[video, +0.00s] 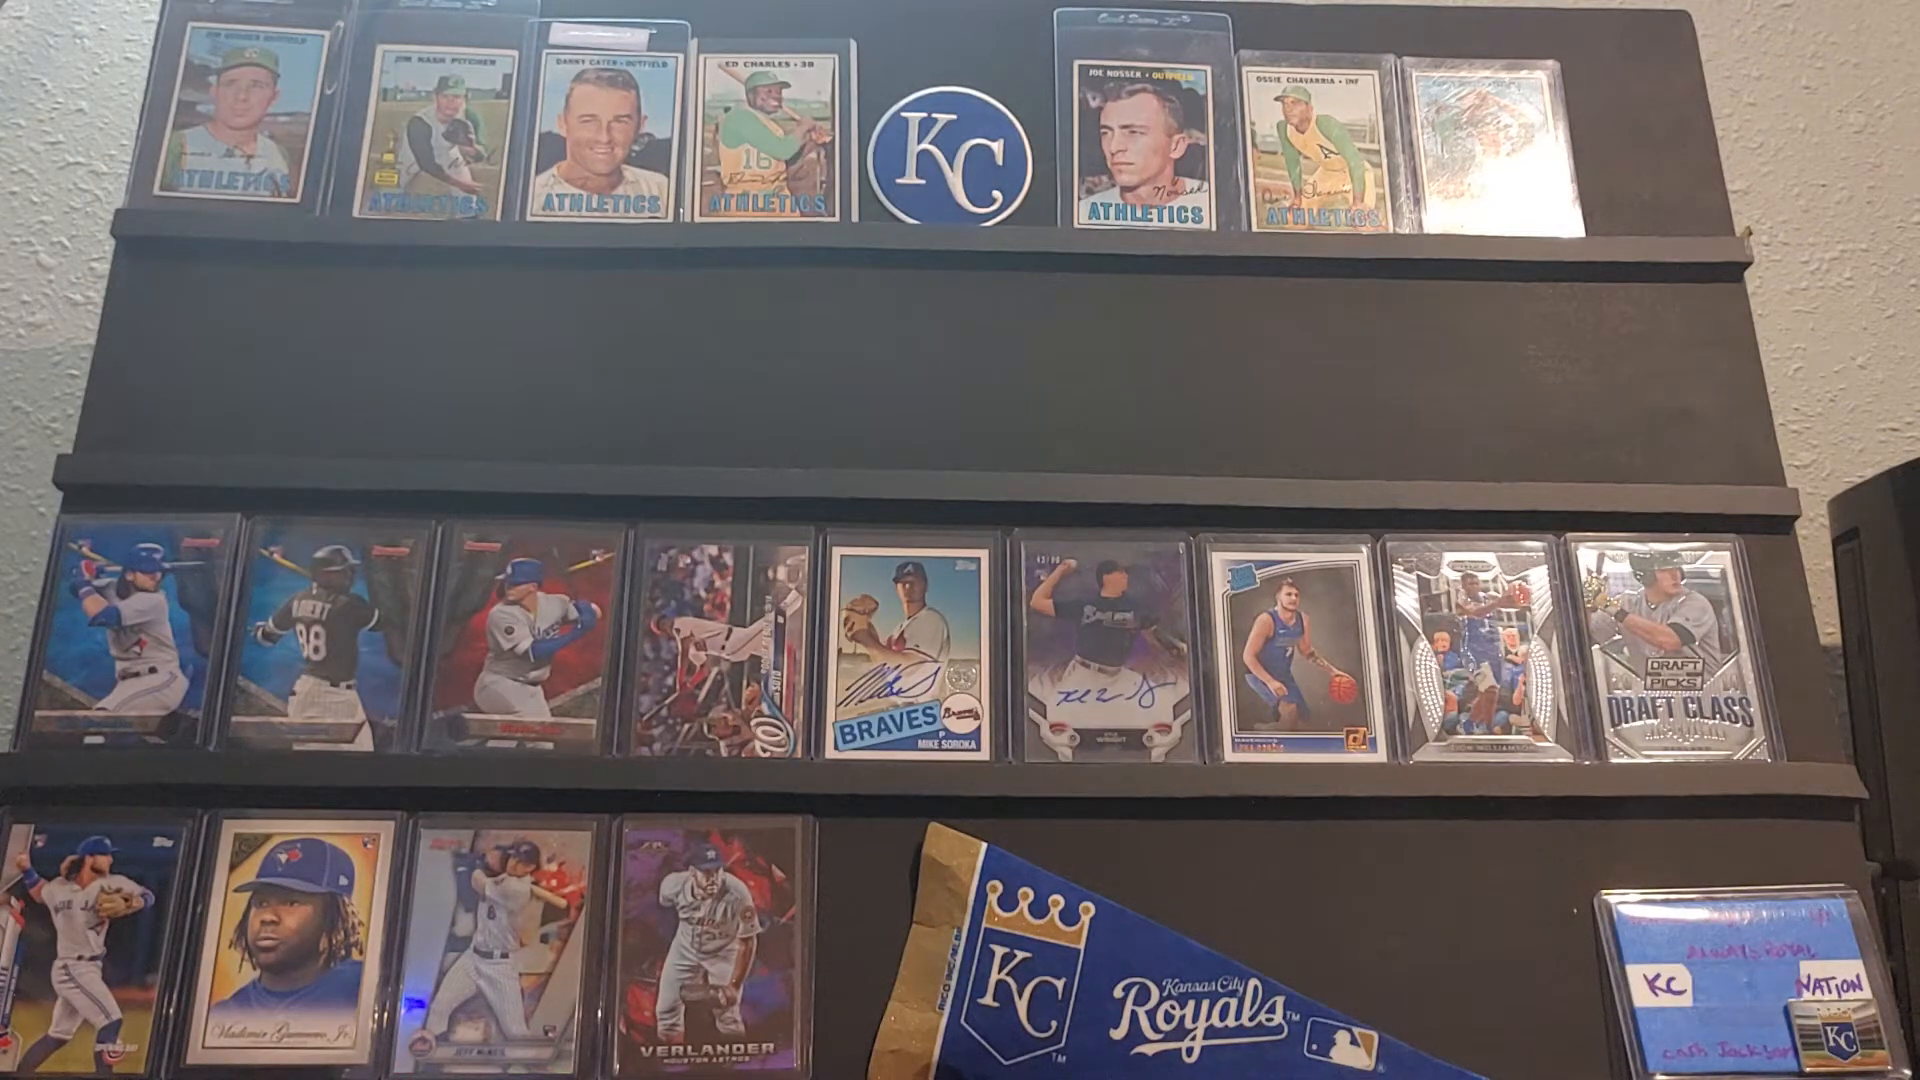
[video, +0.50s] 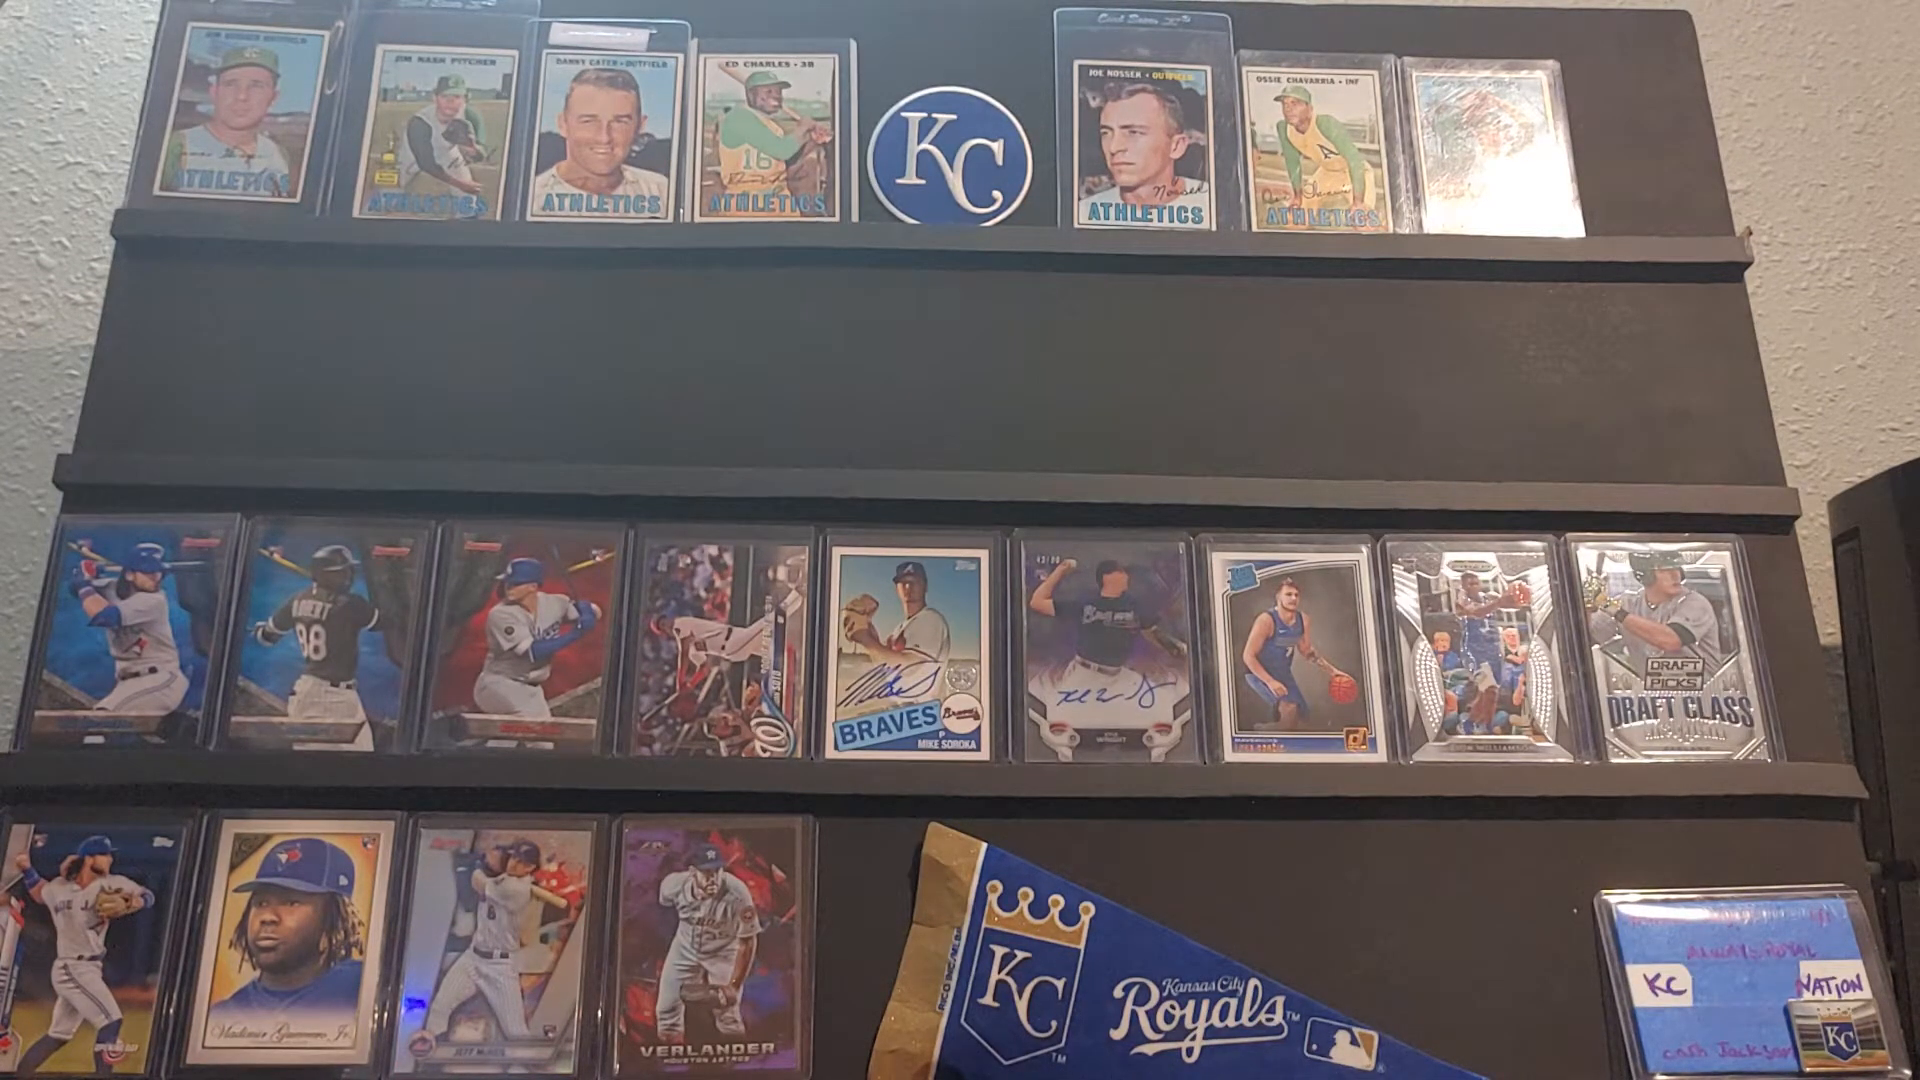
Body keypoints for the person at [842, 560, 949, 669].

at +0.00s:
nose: (907, 588)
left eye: (913, 583)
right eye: (902, 583)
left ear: (925, 586)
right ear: (896, 588)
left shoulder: (931, 619)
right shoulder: (902, 626)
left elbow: (910, 662)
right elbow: (882, 659)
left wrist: (865, 639)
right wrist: (865, 623)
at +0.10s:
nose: (907, 588)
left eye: (913, 583)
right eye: (902, 583)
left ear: (925, 586)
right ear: (896, 588)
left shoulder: (931, 619)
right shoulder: (902, 626)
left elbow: (910, 661)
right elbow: (882, 659)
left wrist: (866, 639)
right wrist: (865, 623)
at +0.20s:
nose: (907, 588)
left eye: (913, 582)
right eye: (902, 583)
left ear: (925, 587)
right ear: (896, 588)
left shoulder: (930, 619)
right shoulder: (902, 626)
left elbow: (909, 663)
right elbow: (882, 658)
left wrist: (866, 639)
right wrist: (866, 624)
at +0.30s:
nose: (907, 588)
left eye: (913, 583)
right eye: (902, 583)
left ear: (925, 587)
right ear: (897, 588)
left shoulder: (930, 619)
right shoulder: (901, 626)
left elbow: (910, 662)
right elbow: (883, 661)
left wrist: (866, 640)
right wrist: (867, 627)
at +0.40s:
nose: (907, 588)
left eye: (913, 583)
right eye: (902, 583)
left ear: (925, 586)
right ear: (897, 588)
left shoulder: (931, 619)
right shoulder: (902, 626)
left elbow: (911, 664)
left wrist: (866, 640)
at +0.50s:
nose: (907, 588)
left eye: (913, 583)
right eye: (902, 583)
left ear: (925, 587)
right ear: (897, 588)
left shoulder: (930, 619)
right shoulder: (901, 627)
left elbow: (911, 664)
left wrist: (866, 640)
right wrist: (868, 630)